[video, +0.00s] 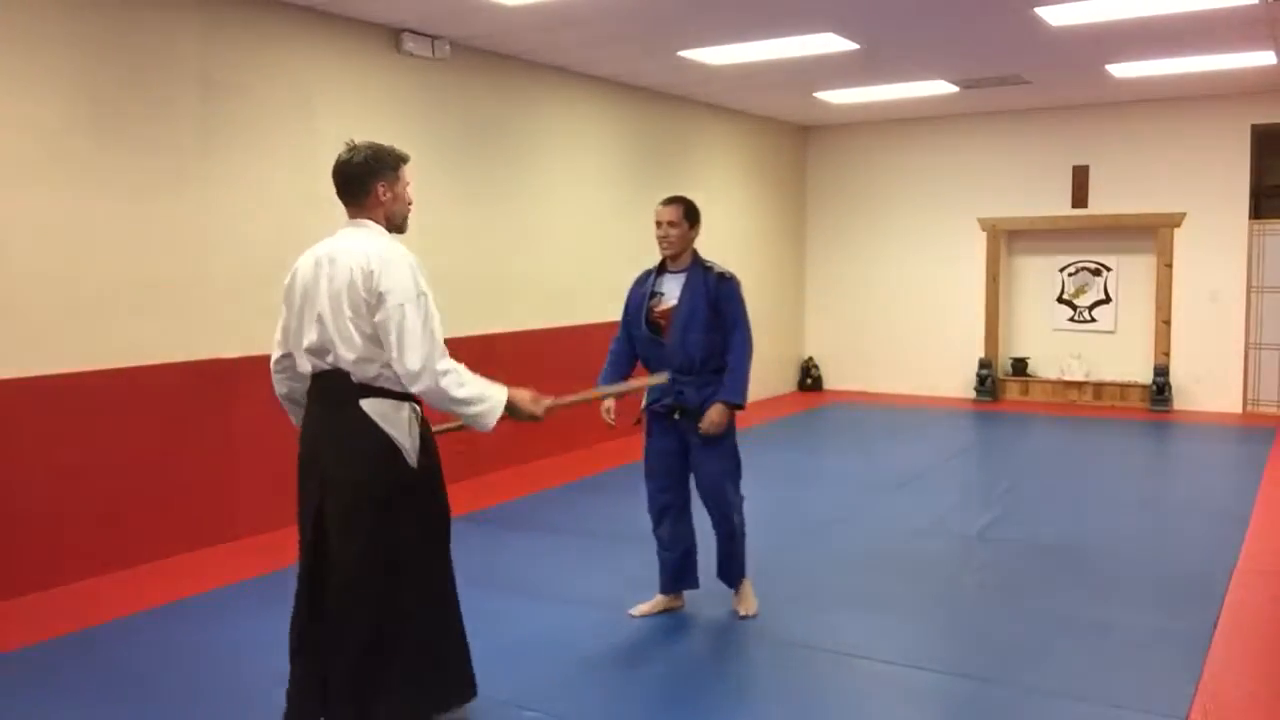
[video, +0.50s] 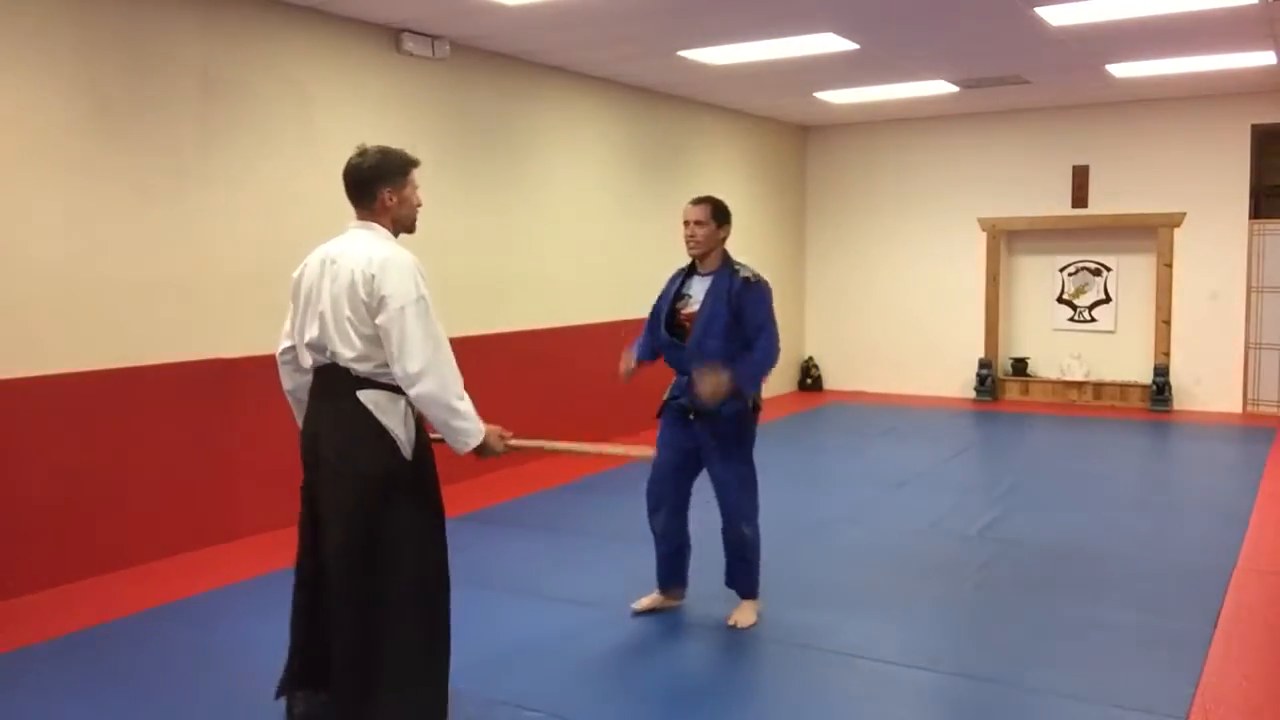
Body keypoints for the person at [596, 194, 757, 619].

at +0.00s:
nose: (663, 233)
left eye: (672, 226)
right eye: (658, 225)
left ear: (693, 230)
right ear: (654, 230)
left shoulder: (719, 284)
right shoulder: (644, 284)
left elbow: (740, 347)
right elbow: (624, 343)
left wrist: (726, 402)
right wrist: (609, 389)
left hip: (708, 412)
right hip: (661, 413)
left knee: (723, 502)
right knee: (664, 504)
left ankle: (739, 582)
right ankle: (671, 592)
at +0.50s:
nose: (690, 233)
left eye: (699, 225)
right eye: (686, 225)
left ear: (723, 231)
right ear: (682, 230)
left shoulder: (748, 286)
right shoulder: (678, 282)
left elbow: (766, 348)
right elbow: (657, 333)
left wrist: (733, 379)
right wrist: (637, 351)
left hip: (729, 416)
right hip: (681, 411)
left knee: (738, 509)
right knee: (663, 497)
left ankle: (748, 597)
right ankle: (671, 589)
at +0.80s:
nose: (699, 232)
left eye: (707, 226)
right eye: (696, 225)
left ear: (726, 232)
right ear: (690, 231)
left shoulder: (742, 276)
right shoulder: (680, 272)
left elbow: (740, 250)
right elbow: (635, 250)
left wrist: (718, 197)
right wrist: (613, 215)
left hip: (733, 402)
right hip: (687, 400)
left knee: (740, 504)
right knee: (677, 492)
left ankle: (747, 597)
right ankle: (683, 583)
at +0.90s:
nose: (694, 231)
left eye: (703, 225)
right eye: (691, 224)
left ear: (720, 230)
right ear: (687, 231)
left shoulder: (740, 276)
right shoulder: (675, 273)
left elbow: (735, 262)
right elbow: (631, 259)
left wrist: (715, 202)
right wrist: (623, 210)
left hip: (733, 401)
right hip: (687, 401)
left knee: (744, 500)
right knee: (679, 492)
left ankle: (750, 593)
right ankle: (685, 583)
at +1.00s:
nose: (692, 233)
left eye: (702, 227)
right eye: (689, 226)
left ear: (723, 234)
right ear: (685, 234)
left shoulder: (744, 278)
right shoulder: (675, 278)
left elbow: (736, 300)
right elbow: (629, 291)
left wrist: (717, 253)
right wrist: (640, 250)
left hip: (733, 405)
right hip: (686, 406)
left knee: (748, 487)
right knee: (677, 491)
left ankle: (752, 576)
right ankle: (685, 583)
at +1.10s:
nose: (693, 237)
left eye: (702, 231)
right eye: (690, 230)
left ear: (725, 236)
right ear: (686, 235)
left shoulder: (746, 286)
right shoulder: (676, 282)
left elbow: (740, 339)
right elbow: (637, 324)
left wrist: (723, 284)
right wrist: (658, 286)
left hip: (735, 408)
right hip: (687, 408)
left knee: (749, 488)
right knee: (676, 492)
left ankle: (756, 560)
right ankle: (686, 583)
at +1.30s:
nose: (698, 246)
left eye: (706, 239)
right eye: (694, 240)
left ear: (729, 243)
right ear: (691, 244)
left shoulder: (756, 292)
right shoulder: (680, 291)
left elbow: (760, 344)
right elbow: (645, 342)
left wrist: (735, 297)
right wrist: (658, 301)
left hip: (741, 411)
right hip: (692, 410)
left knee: (748, 493)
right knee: (671, 488)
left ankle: (758, 564)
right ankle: (680, 583)